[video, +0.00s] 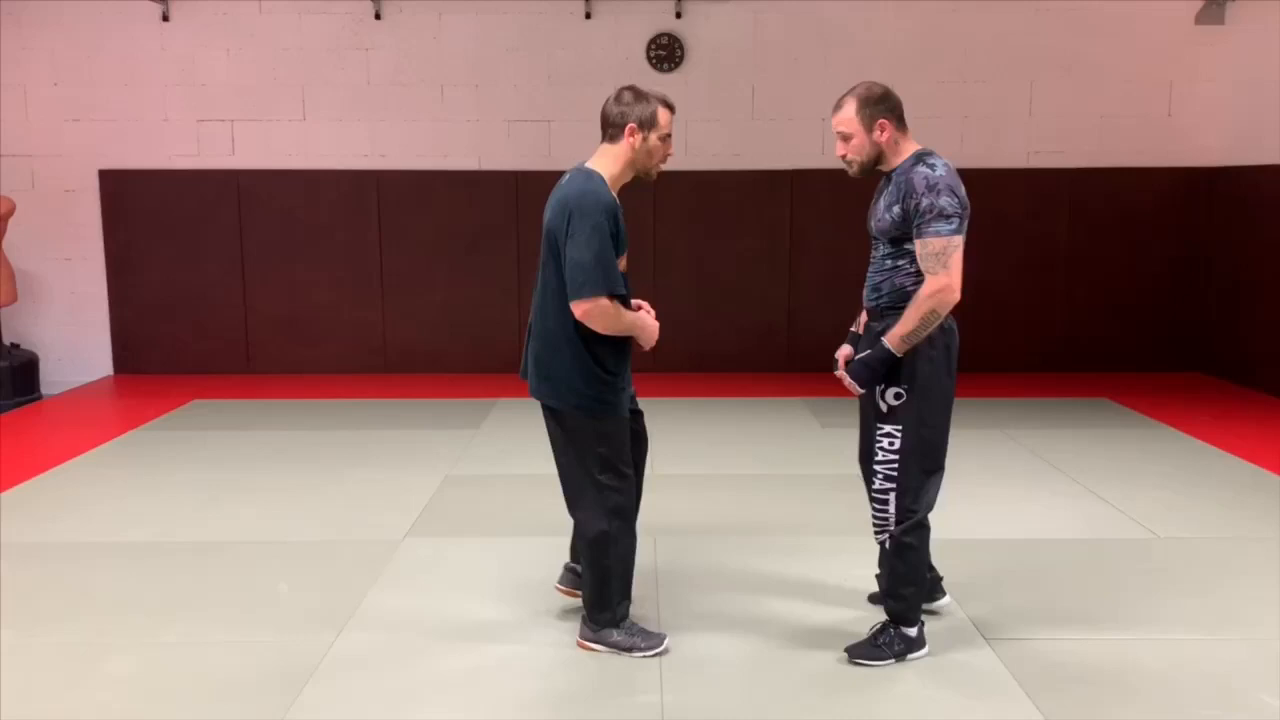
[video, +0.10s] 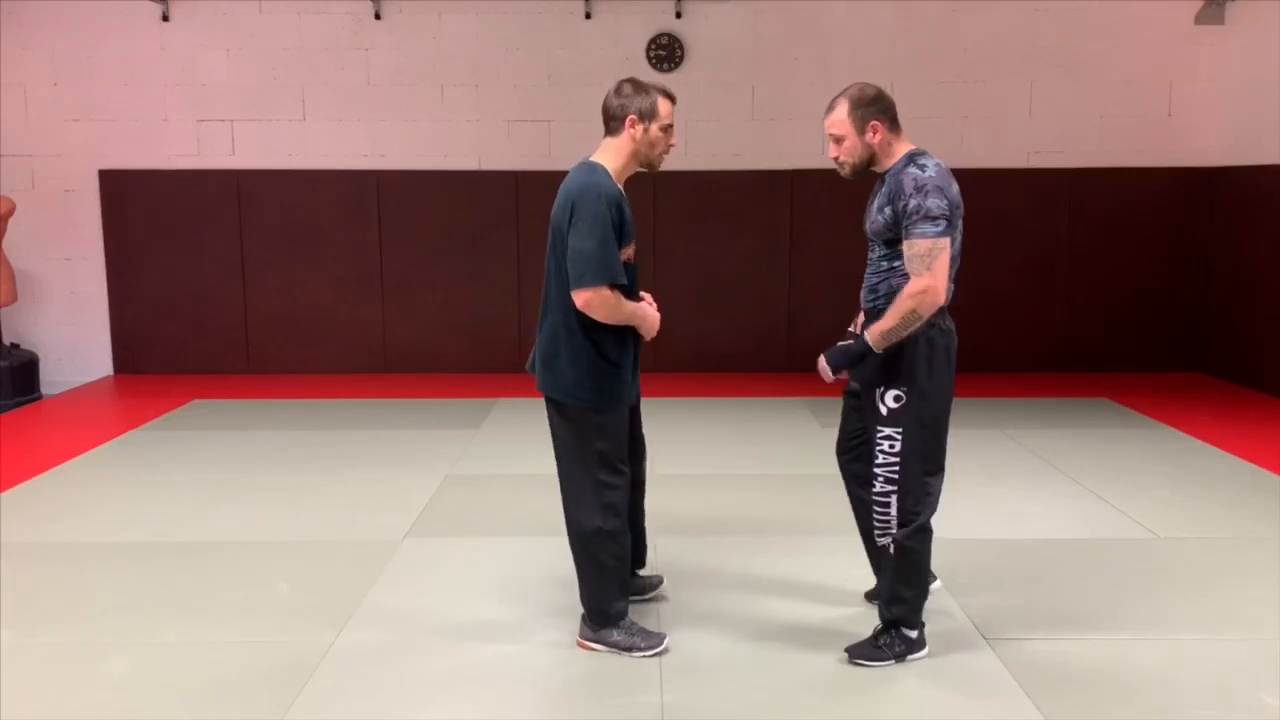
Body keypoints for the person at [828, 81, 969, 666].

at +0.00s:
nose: (840, 149)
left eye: (846, 137)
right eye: (837, 137)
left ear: (883, 130)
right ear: (881, 133)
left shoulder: (930, 182)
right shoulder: (896, 183)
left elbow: (943, 288)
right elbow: (887, 279)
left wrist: (881, 354)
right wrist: (857, 336)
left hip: (918, 348)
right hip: (891, 344)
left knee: (899, 480)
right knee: (885, 472)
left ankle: (903, 625)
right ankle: (916, 577)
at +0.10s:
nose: (832, 151)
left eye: (838, 139)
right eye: (829, 139)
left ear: (876, 132)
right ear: (873, 134)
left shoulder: (921, 182)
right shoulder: (893, 183)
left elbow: (928, 290)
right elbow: (888, 278)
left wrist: (858, 350)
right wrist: (857, 335)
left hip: (916, 347)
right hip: (885, 343)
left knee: (901, 483)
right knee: (858, 460)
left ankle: (903, 627)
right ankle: (898, 578)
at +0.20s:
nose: (825, 153)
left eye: (830, 140)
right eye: (823, 141)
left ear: (867, 131)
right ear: (864, 132)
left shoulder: (913, 182)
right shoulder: (886, 183)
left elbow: (911, 290)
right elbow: (889, 286)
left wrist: (827, 334)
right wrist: (853, 346)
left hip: (910, 349)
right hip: (877, 348)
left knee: (895, 487)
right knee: (848, 457)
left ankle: (904, 630)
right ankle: (879, 570)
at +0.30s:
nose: (816, 152)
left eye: (822, 140)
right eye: (814, 141)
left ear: (858, 133)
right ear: (857, 134)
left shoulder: (904, 183)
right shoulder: (877, 183)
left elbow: (894, 289)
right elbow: (876, 283)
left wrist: (807, 317)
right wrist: (846, 342)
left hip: (902, 350)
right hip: (871, 347)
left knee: (893, 492)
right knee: (845, 461)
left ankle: (902, 631)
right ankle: (860, 573)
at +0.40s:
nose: (807, 152)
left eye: (814, 141)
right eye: (806, 141)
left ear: (850, 134)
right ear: (849, 135)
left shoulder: (896, 184)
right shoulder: (871, 184)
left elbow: (873, 287)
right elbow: (867, 281)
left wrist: (788, 291)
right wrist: (838, 344)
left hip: (892, 348)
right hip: (864, 345)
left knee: (886, 490)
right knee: (846, 468)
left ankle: (902, 630)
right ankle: (851, 577)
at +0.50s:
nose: (798, 153)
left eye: (805, 141)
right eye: (797, 142)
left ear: (841, 135)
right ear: (840, 136)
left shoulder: (886, 183)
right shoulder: (859, 185)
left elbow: (852, 280)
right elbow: (852, 278)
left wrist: (773, 264)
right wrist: (828, 343)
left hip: (880, 346)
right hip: (854, 344)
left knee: (865, 486)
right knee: (840, 470)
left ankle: (898, 624)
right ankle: (849, 577)